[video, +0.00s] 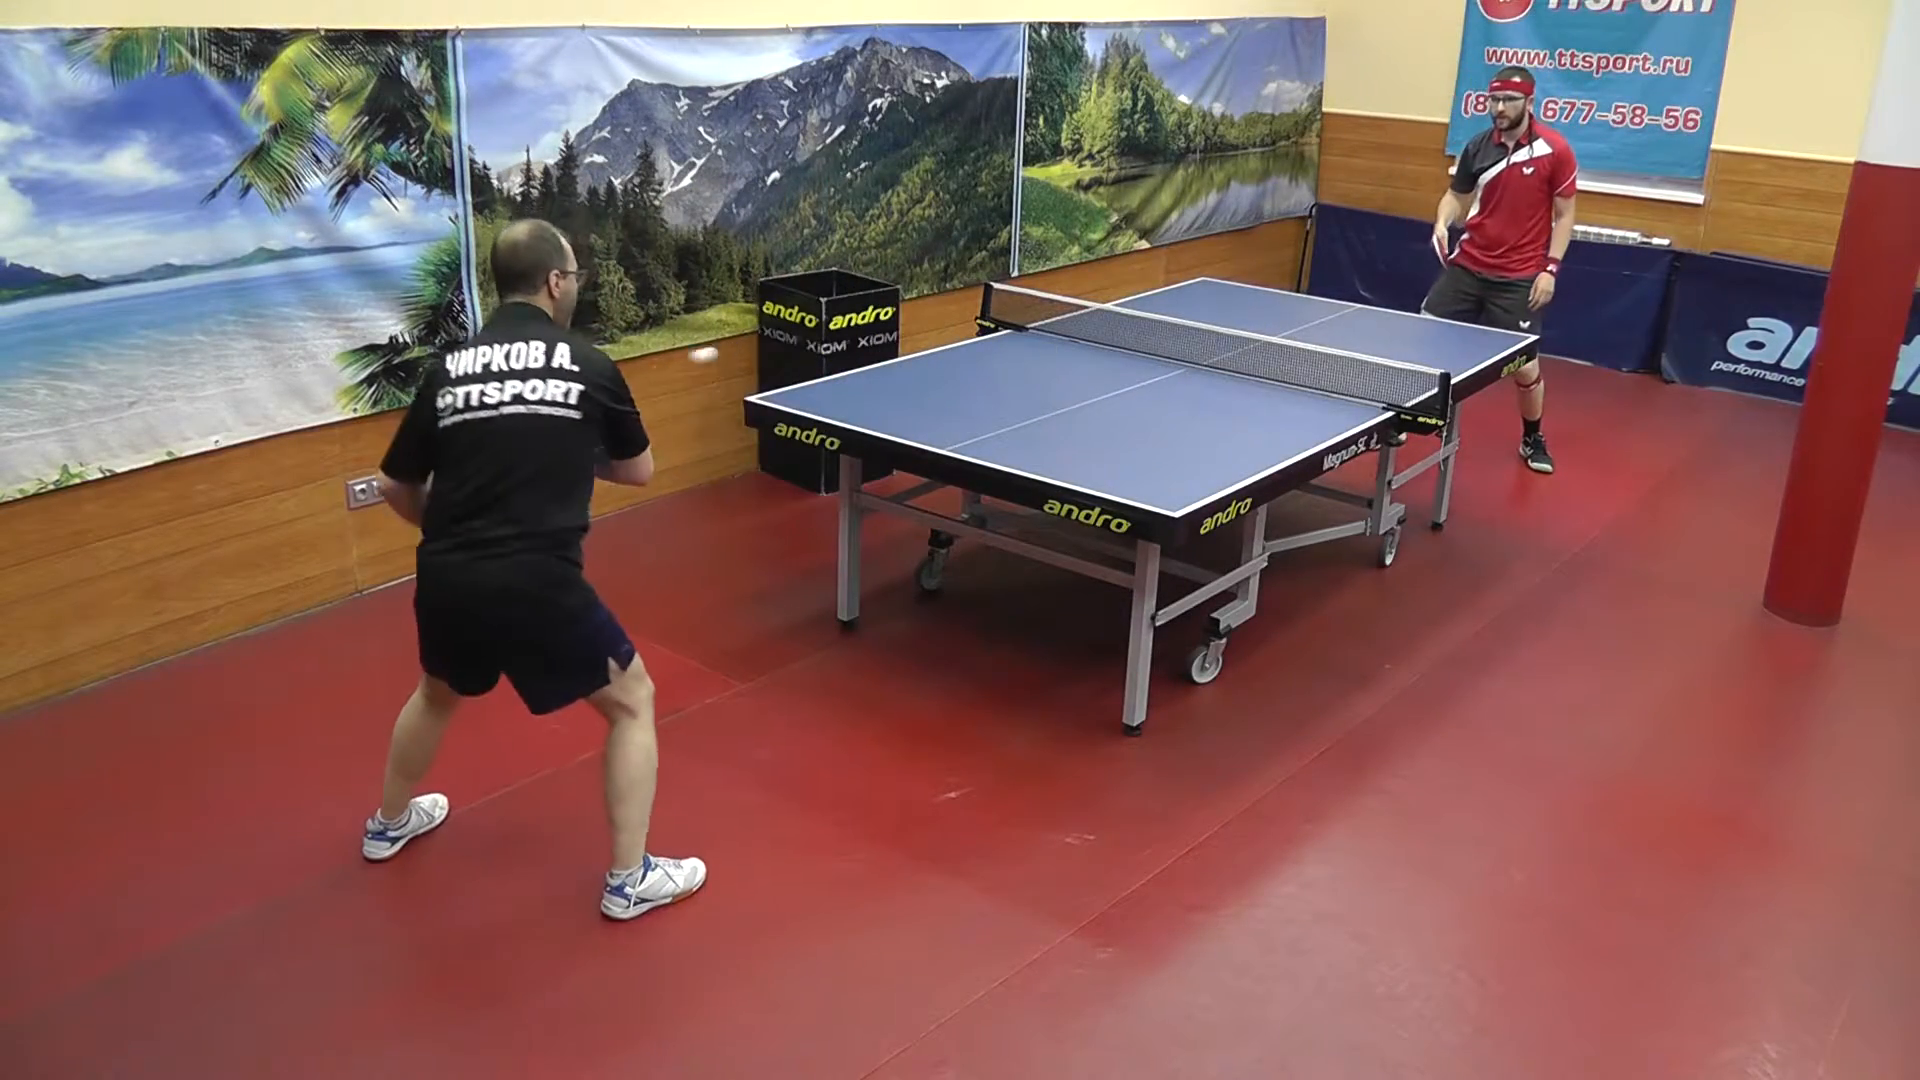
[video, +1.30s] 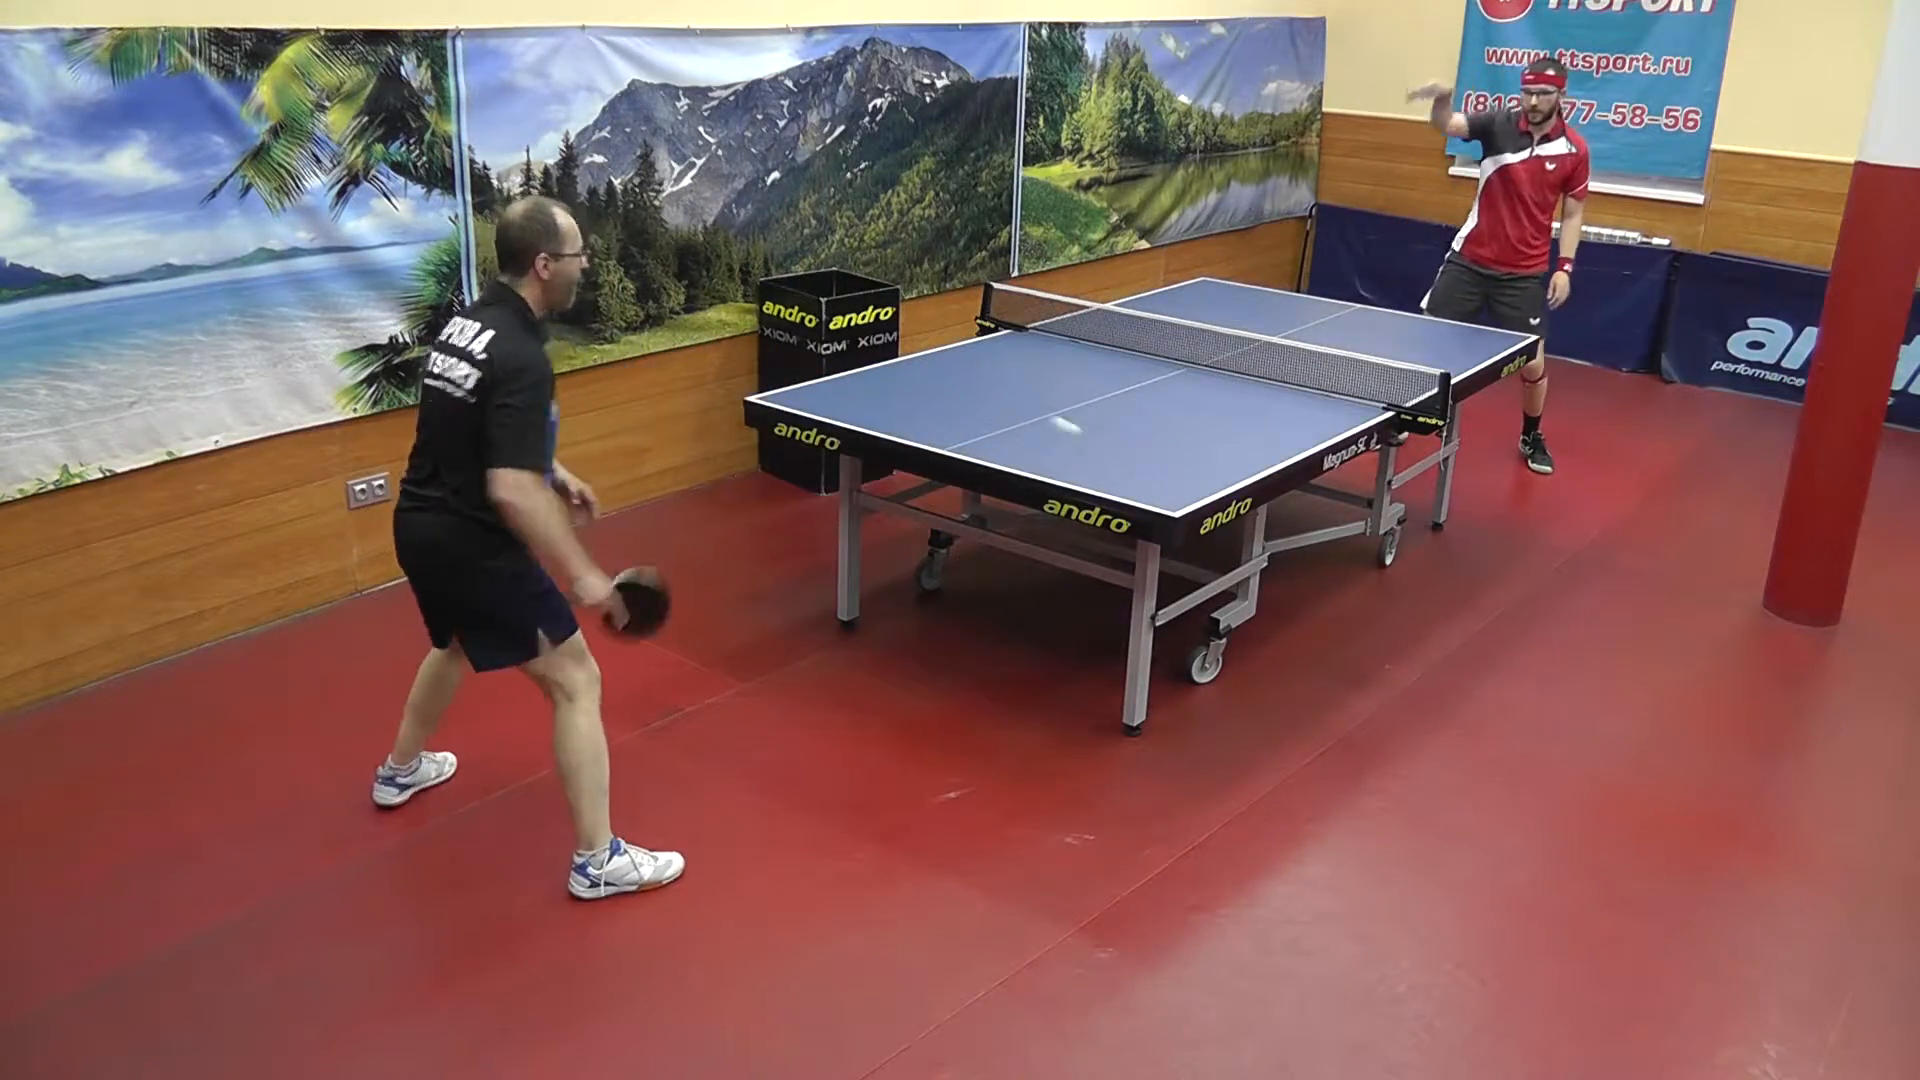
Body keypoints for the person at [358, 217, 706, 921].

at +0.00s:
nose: (576, 286)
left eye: (572, 273)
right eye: (572, 275)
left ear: (501, 284)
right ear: (554, 281)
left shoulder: (452, 365)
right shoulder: (587, 364)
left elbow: (398, 483)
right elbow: (637, 470)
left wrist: (448, 526)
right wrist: (566, 454)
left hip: (448, 580)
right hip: (540, 583)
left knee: (436, 693)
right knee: (631, 699)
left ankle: (388, 820)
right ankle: (630, 874)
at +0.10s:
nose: (579, 297)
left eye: (575, 285)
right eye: (576, 287)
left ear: (504, 299)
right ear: (564, 294)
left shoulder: (464, 379)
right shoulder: (600, 373)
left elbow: (405, 501)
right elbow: (664, 470)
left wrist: (446, 546)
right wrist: (598, 455)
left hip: (460, 591)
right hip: (553, 591)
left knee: (443, 697)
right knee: (643, 700)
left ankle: (390, 821)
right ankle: (630, 874)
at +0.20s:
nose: (587, 291)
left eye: (583, 280)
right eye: (583, 281)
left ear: (508, 297)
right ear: (567, 289)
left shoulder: (471, 382)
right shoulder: (611, 372)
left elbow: (417, 504)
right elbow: (705, 446)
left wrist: (450, 560)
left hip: (472, 591)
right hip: (565, 592)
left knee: (444, 701)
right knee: (648, 703)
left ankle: (389, 821)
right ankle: (630, 874)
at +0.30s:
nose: (592, 281)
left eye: (588, 270)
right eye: (588, 271)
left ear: (515, 293)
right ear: (573, 284)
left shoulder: (480, 377)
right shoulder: (619, 365)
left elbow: (423, 495)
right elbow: (744, 413)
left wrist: (471, 546)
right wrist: (848, 436)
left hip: (473, 586)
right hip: (565, 589)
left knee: (442, 701)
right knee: (649, 702)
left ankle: (388, 821)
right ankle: (630, 874)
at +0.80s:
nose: (614, 265)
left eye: (611, 252)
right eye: (609, 254)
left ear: (542, 267)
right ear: (584, 265)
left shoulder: (492, 337)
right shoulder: (599, 353)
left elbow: (433, 425)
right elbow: (675, 459)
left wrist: (491, 472)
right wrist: (782, 523)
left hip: (455, 549)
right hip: (538, 563)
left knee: (445, 660)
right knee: (616, 704)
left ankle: (395, 779)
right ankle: (629, 877)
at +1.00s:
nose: (582, 252)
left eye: (578, 241)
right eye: (574, 244)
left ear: (516, 258)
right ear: (547, 257)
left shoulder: (462, 322)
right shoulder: (555, 349)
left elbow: (420, 414)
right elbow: (595, 478)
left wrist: (485, 455)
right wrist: (669, 548)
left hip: (427, 530)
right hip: (500, 547)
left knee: (440, 648)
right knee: (586, 687)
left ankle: (402, 770)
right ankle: (623, 859)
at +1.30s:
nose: (585, 266)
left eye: (583, 253)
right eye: (577, 255)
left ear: (524, 264)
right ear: (540, 266)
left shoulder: (466, 319)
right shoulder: (519, 353)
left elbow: (473, 423)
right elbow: (513, 486)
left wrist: (547, 470)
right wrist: (585, 577)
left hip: (423, 526)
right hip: (477, 540)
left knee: (454, 642)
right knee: (575, 680)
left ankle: (400, 767)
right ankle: (598, 855)